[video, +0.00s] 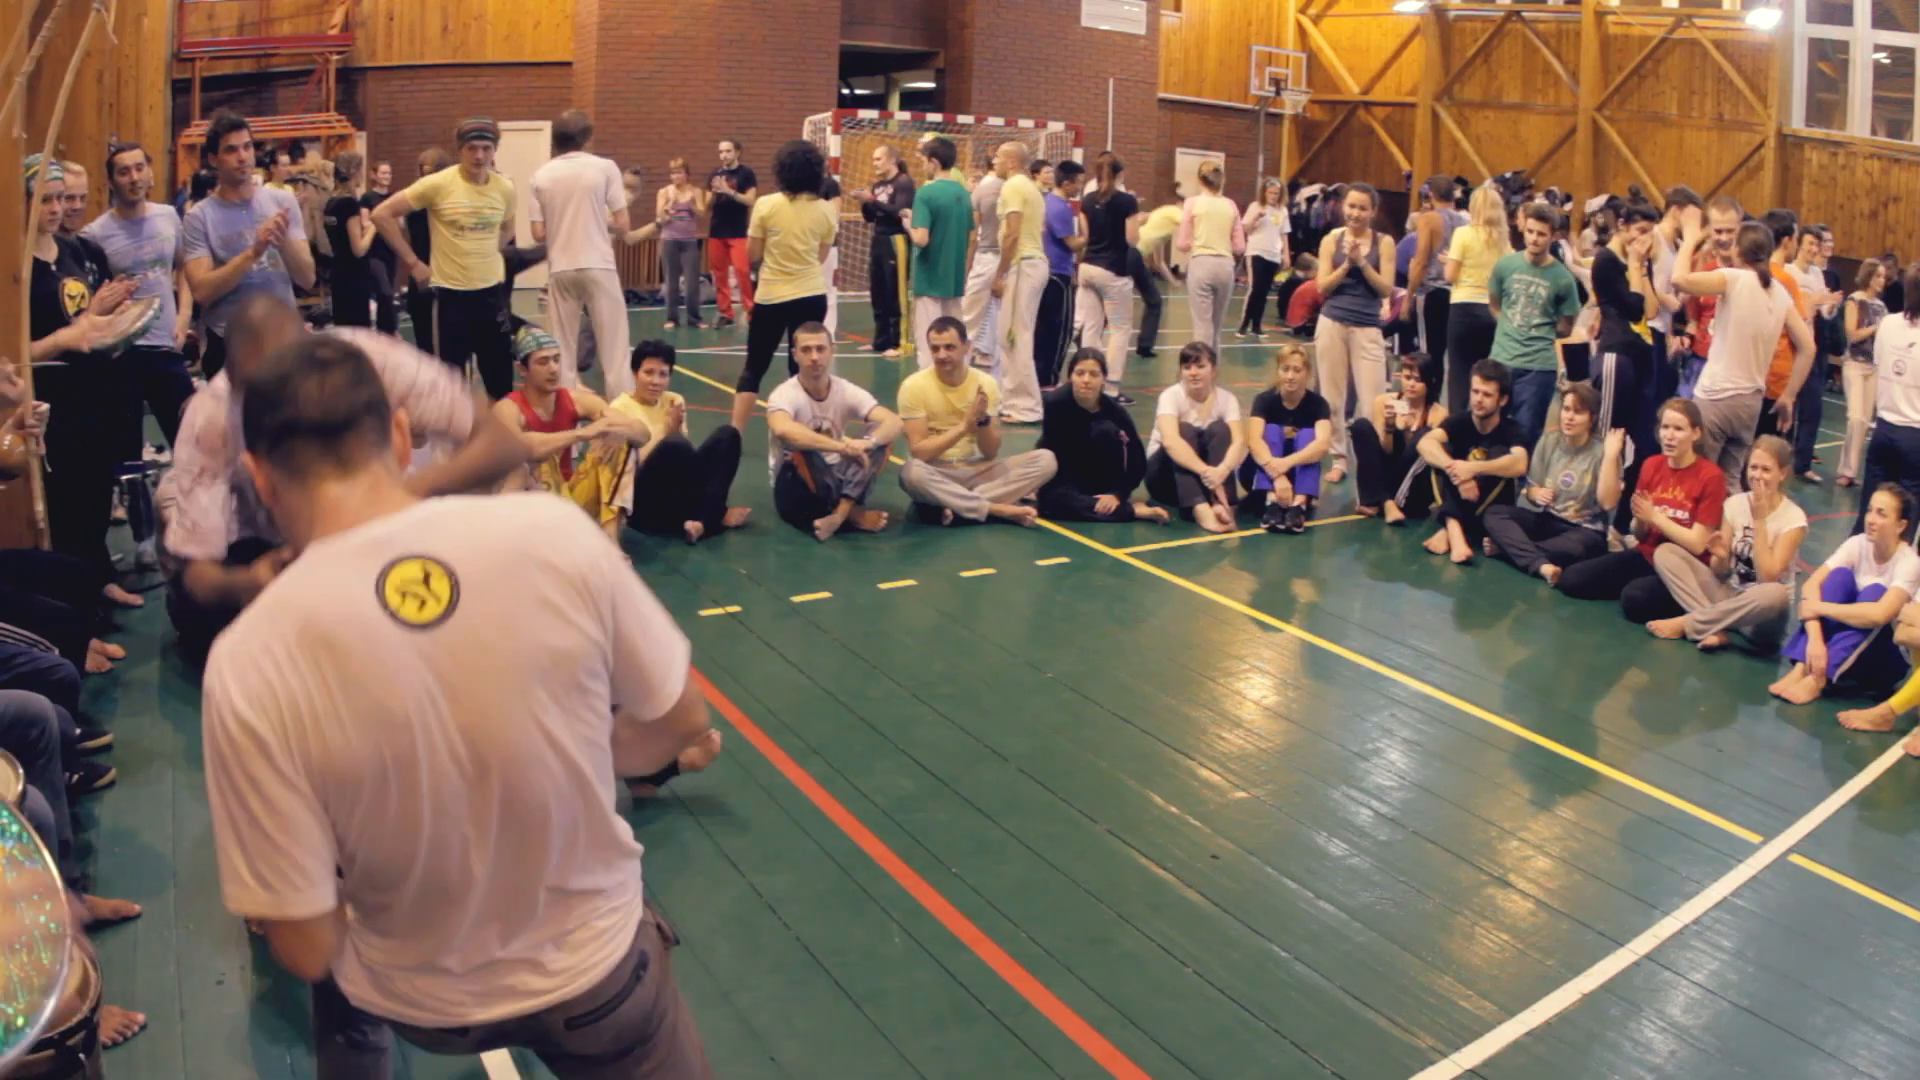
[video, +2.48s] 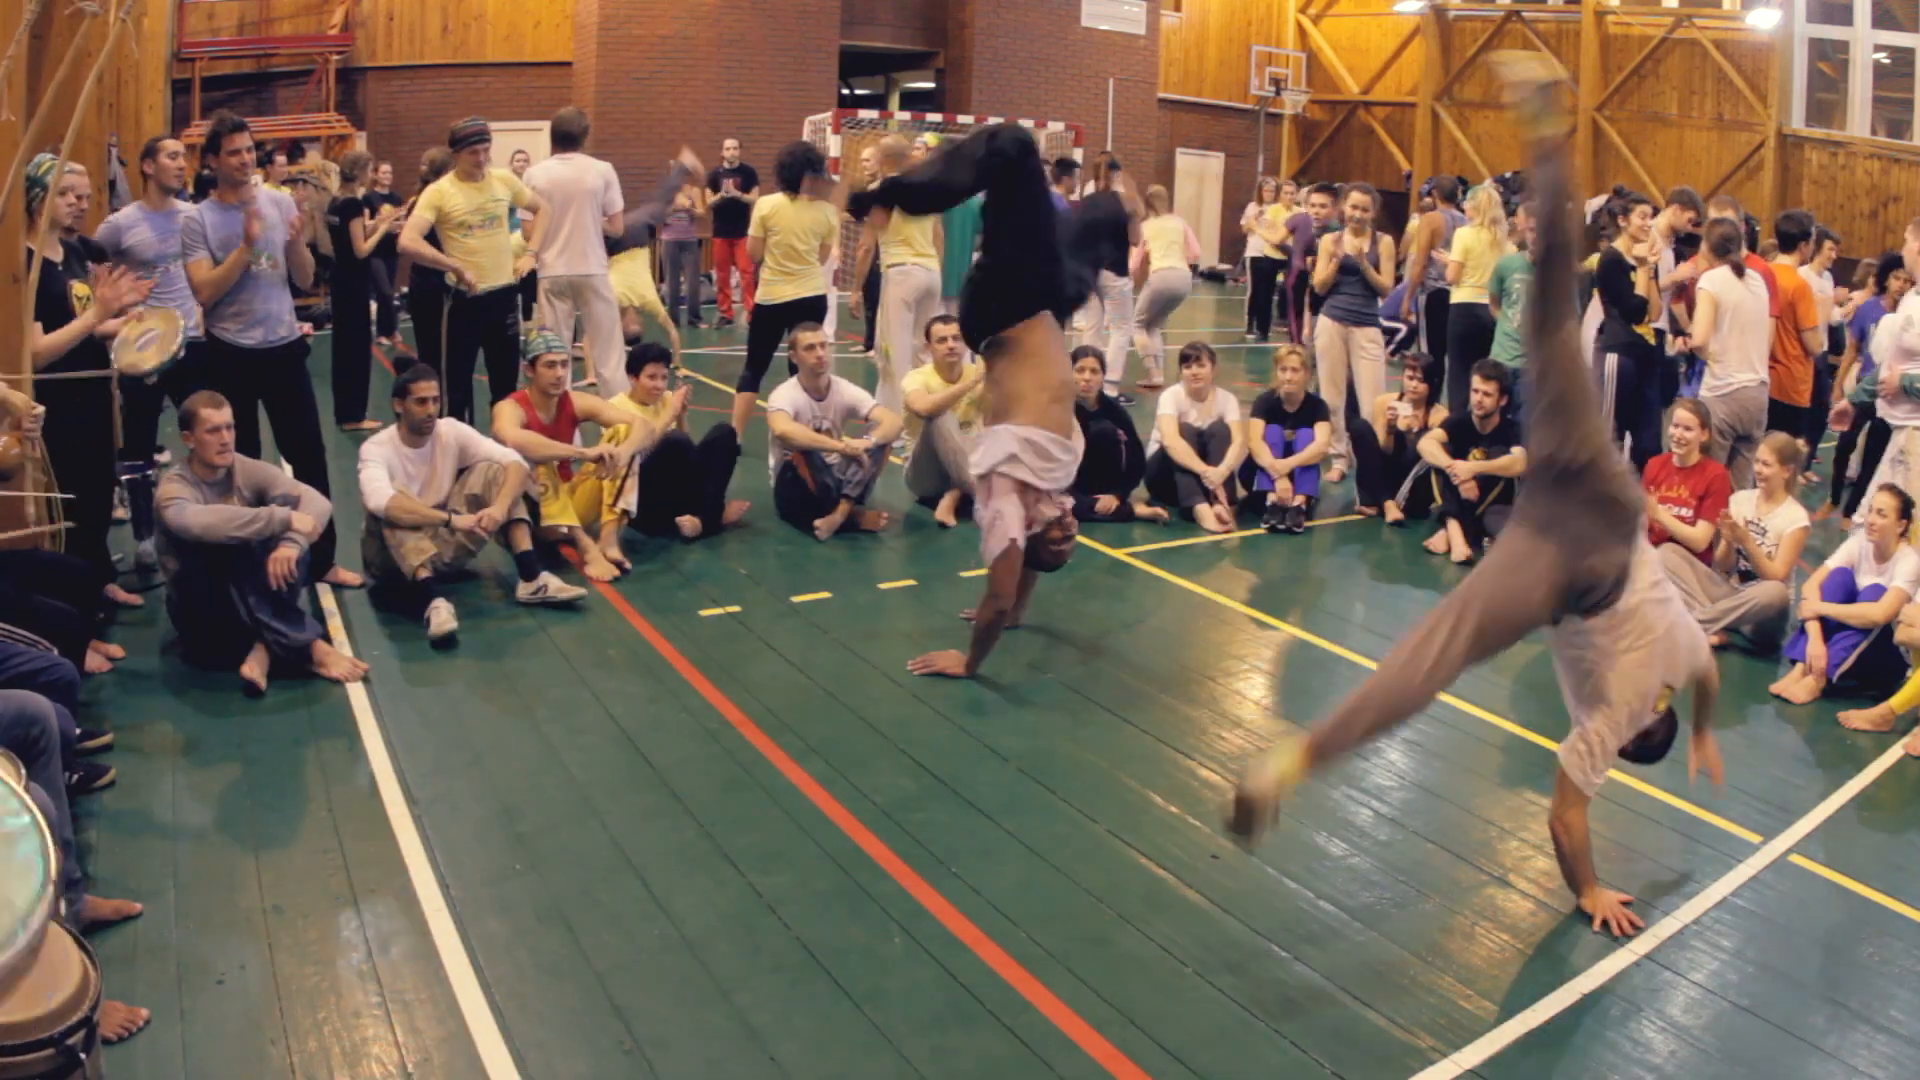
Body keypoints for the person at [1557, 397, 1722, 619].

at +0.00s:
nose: (1669, 435)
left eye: (1678, 429)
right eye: (1665, 427)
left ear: (1696, 434)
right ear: (1658, 430)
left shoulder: (1711, 476)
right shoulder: (1651, 465)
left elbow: (1697, 544)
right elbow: (1639, 533)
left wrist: (1653, 517)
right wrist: (1641, 516)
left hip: (1683, 566)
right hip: (1647, 555)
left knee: (1634, 601)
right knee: (1571, 581)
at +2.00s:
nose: (1669, 438)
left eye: (1678, 431)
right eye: (1665, 430)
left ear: (1695, 433)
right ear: (1657, 432)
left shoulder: (1711, 476)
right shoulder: (1651, 466)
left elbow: (1699, 544)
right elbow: (1640, 535)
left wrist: (1653, 519)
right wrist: (1640, 520)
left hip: (1683, 566)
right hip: (1647, 555)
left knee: (1634, 601)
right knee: (1570, 582)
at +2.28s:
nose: (1674, 437)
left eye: (1683, 431)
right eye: (1670, 428)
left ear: (1700, 434)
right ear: (1662, 430)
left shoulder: (1713, 475)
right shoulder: (1652, 465)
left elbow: (1698, 542)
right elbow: (1639, 533)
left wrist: (1653, 517)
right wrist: (1643, 516)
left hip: (1685, 564)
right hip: (1647, 555)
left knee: (1634, 599)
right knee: (1598, 575)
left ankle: (1693, 603)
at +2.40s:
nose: (1676, 435)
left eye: (1685, 429)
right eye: (1672, 427)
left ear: (1702, 434)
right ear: (1666, 428)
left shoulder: (1715, 476)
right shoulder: (1654, 466)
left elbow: (1700, 542)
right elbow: (1641, 533)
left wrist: (1659, 515)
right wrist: (1637, 515)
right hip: (1646, 557)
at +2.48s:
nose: (1678, 435)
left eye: (1687, 429)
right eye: (1675, 426)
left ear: (1704, 434)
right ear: (1669, 428)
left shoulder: (1716, 475)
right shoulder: (1654, 465)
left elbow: (1699, 541)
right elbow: (1639, 518)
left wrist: (1657, 513)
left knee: (1668, 551)